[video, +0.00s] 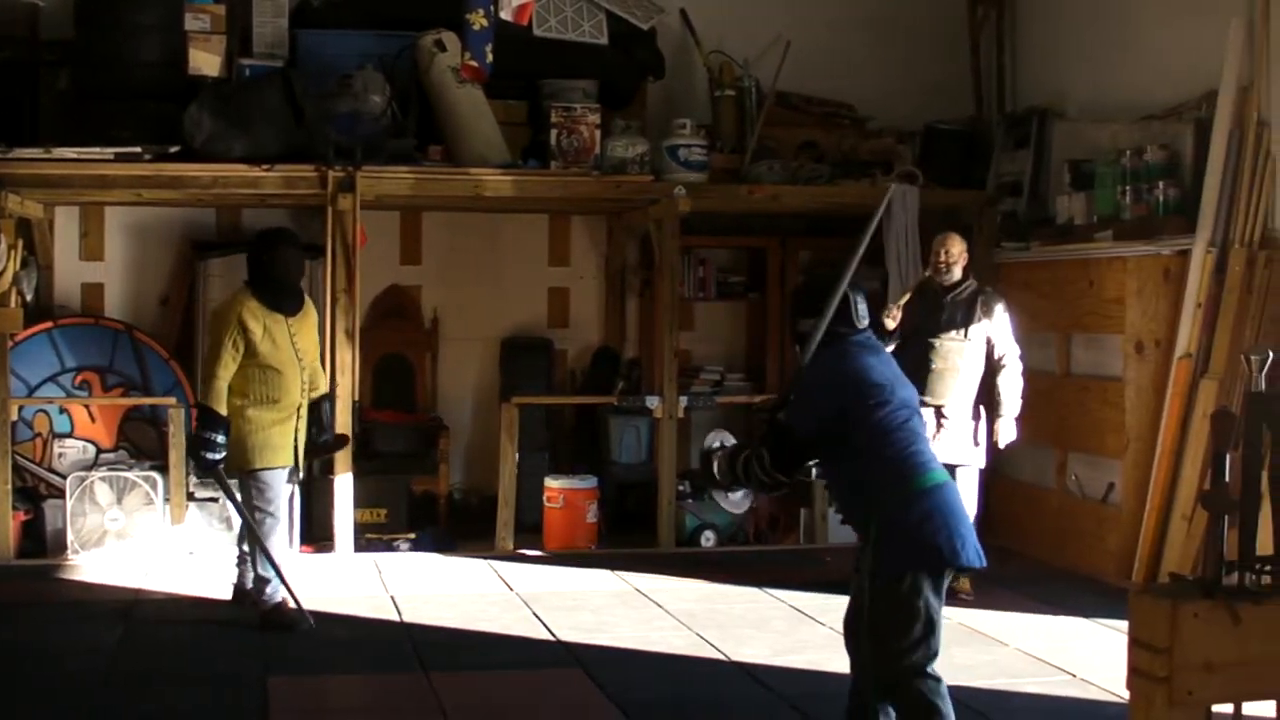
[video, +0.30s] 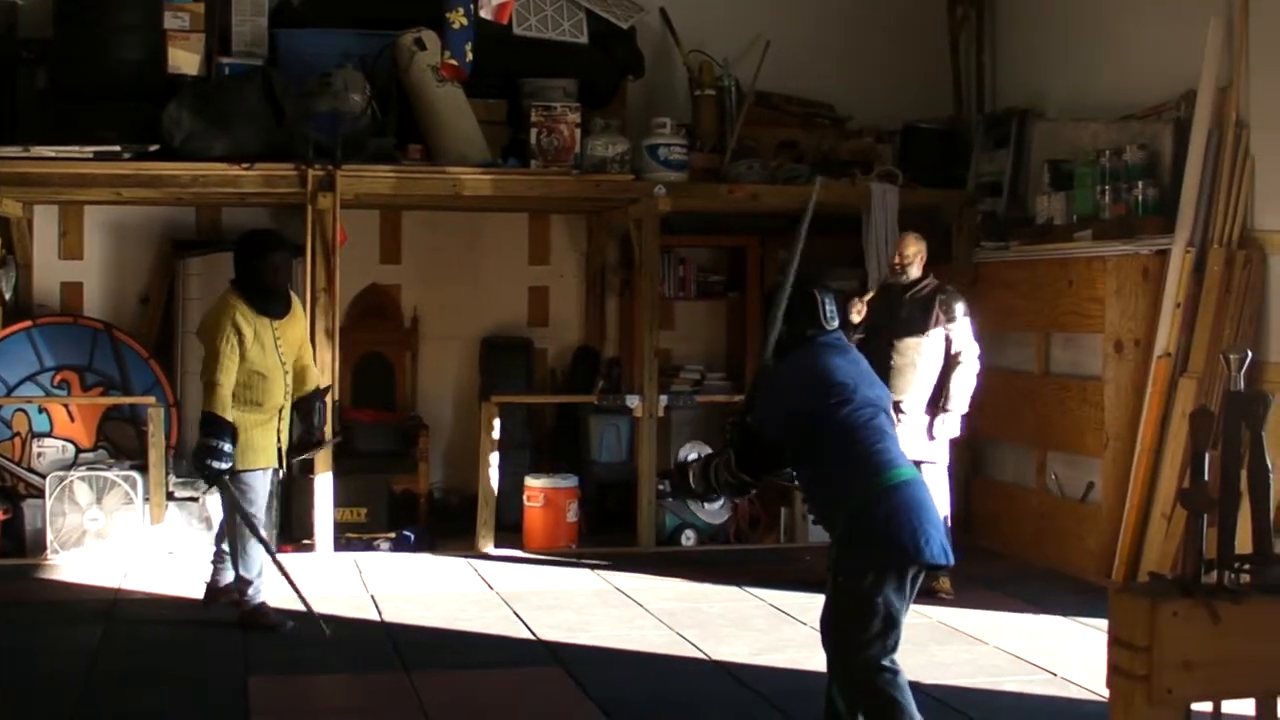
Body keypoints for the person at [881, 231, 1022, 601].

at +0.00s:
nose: (941, 260)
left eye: (949, 254)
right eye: (937, 253)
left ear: (965, 259)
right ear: (929, 258)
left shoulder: (987, 306)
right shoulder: (915, 300)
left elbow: (1008, 365)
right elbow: (879, 355)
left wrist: (1007, 416)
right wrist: (885, 330)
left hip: (965, 420)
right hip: (916, 416)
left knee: (963, 501)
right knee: (916, 493)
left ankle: (960, 572)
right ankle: (914, 568)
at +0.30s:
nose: (898, 262)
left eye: (906, 258)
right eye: (896, 256)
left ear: (923, 260)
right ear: (891, 256)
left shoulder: (944, 300)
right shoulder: (879, 298)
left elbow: (966, 360)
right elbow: (851, 353)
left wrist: (953, 413)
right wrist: (852, 325)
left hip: (926, 419)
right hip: (878, 413)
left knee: (932, 495)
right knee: (882, 491)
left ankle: (938, 569)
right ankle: (882, 570)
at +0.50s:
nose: (885, 265)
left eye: (892, 260)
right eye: (881, 259)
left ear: (910, 260)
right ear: (876, 259)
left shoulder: (933, 301)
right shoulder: (870, 298)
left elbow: (954, 359)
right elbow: (852, 350)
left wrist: (934, 410)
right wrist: (847, 324)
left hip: (915, 413)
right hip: (872, 408)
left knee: (922, 485)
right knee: (877, 486)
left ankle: (941, 567)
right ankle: (882, 568)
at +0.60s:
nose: (885, 265)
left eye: (893, 260)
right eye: (881, 259)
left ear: (911, 259)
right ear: (876, 259)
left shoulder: (934, 300)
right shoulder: (872, 297)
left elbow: (955, 358)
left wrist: (934, 410)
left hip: (917, 411)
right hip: (875, 407)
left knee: (921, 483)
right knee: (881, 483)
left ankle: (939, 564)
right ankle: (888, 561)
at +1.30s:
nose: (891, 259)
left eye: (898, 253)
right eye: (886, 253)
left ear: (913, 256)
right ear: (879, 257)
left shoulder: (933, 297)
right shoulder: (877, 295)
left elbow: (955, 352)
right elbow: (864, 345)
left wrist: (933, 403)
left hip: (918, 406)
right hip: (879, 402)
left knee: (922, 483)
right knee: (885, 482)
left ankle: (930, 556)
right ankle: (889, 557)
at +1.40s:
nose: (890, 260)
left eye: (897, 254)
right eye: (885, 254)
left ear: (913, 257)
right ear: (879, 258)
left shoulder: (934, 298)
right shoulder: (876, 296)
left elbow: (956, 353)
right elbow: (865, 349)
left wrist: (936, 403)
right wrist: (856, 331)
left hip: (919, 410)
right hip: (879, 407)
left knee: (924, 490)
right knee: (885, 489)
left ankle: (930, 570)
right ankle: (889, 570)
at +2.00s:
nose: (889, 259)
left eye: (896, 252)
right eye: (884, 253)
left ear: (915, 256)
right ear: (878, 258)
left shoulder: (938, 299)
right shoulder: (877, 298)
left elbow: (962, 355)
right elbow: (859, 359)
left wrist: (949, 406)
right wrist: (859, 337)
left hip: (923, 415)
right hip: (879, 415)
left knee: (928, 499)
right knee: (886, 495)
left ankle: (929, 577)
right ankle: (893, 571)